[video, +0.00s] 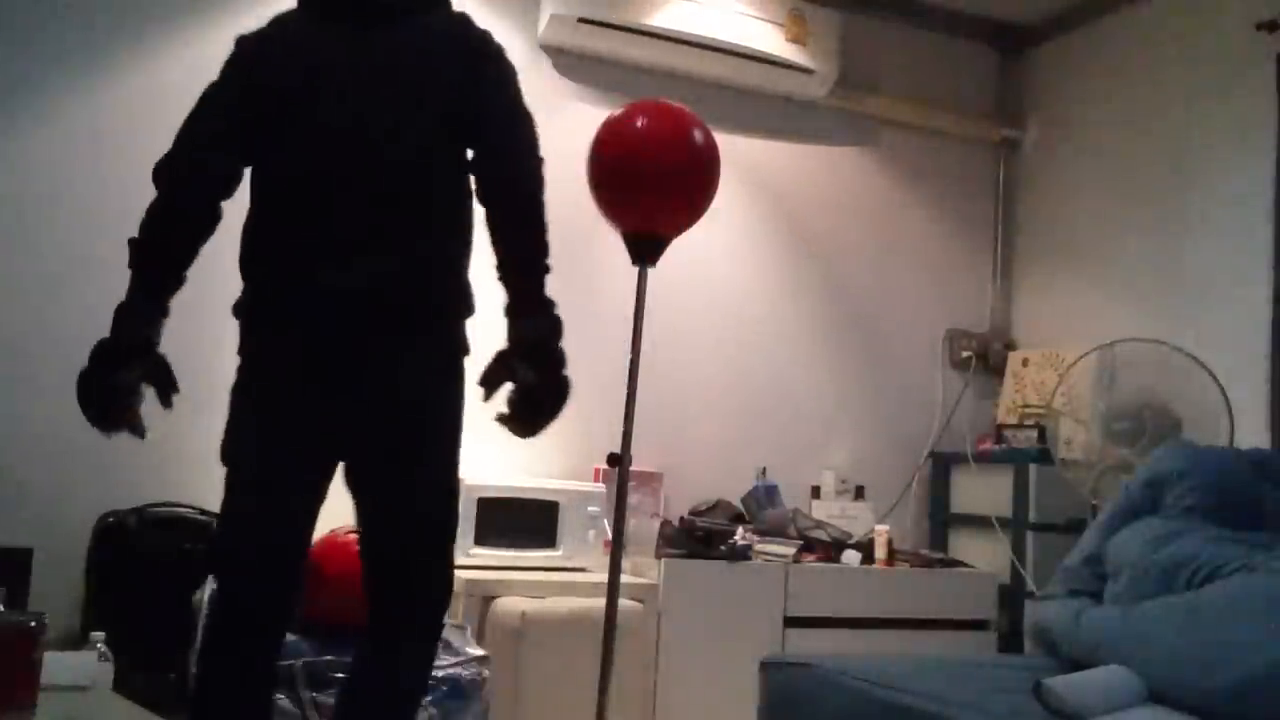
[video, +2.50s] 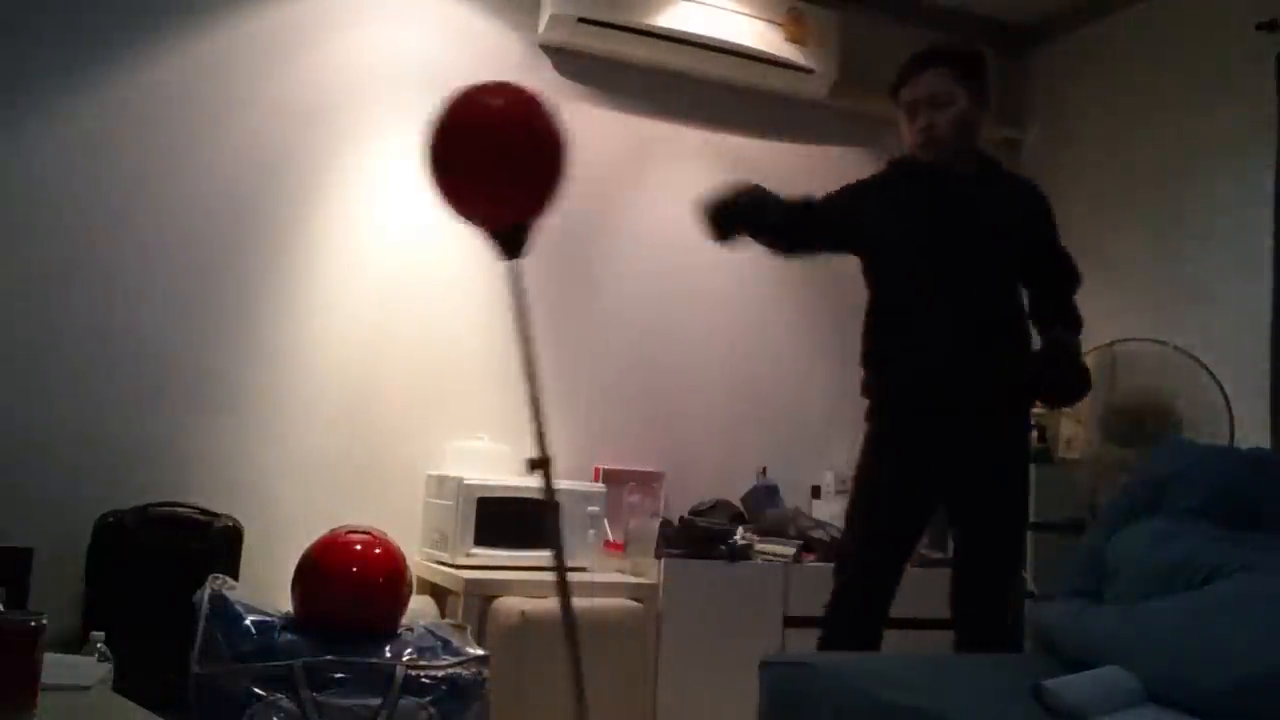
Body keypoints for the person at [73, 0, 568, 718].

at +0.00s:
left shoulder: (272, 50)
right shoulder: (467, 52)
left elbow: (188, 187)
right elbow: (516, 195)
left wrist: (136, 325)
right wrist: (533, 326)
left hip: (283, 366)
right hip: (413, 375)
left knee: (250, 594)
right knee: (411, 605)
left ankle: (227, 709)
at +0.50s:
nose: (589, 103)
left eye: (597, 88)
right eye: (592, 82)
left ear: (526, 55)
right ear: (563, 54)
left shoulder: (433, 123)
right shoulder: (565, 135)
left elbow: (348, 222)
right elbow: (644, 245)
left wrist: (328, 334)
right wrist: (653, 202)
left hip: (430, 392)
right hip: (529, 401)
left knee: (376, 591)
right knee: (509, 616)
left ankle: (312, 707)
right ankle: (484, 715)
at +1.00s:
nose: (709, 125)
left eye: (720, 113)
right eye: (699, 104)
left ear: (720, 119)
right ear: (656, 94)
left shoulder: (664, 181)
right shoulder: (625, 169)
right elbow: (578, 285)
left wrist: (673, 355)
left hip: (641, 398)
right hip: (611, 397)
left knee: (581, 584)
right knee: (650, 583)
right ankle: (651, 713)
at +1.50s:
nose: (770, 125)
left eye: (786, 113)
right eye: (756, 109)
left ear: (806, 126)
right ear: (731, 115)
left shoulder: (797, 215)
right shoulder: (692, 189)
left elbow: (837, 319)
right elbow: (642, 288)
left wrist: (904, 385)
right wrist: (640, 374)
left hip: (754, 405)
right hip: (690, 397)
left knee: (718, 571)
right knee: (736, 576)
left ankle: (673, 705)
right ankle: (732, 709)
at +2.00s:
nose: (812, 113)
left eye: (826, 98)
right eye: (800, 102)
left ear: (859, 106)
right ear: (788, 116)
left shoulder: (894, 197)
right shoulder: (772, 191)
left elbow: (916, 299)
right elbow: (705, 263)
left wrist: (934, 377)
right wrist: (695, 204)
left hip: (876, 409)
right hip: (792, 411)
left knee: (915, 566)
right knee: (772, 576)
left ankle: (936, 709)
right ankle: (747, 711)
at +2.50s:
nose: (923, 121)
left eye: (938, 104)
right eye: (910, 111)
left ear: (976, 109)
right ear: (899, 124)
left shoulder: (1017, 199)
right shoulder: (886, 195)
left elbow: (1053, 286)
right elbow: (810, 223)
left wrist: (1062, 356)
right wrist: (751, 211)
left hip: (994, 419)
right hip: (904, 418)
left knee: (989, 594)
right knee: (861, 585)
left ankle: (990, 712)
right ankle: (829, 710)